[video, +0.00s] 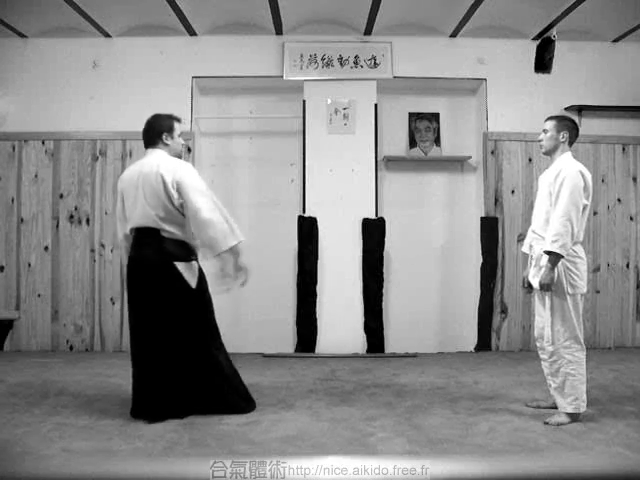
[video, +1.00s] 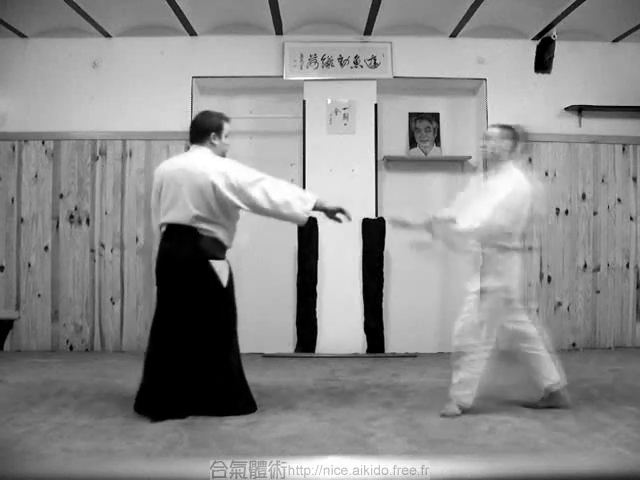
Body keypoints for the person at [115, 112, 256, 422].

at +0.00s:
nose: (184, 143)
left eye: (184, 136)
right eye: (180, 137)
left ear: (151, 140)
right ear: (165, 139)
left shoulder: (128, 175)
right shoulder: (178, 170)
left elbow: (124, 228)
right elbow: (207, 216)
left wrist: (135, 256)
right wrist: (234, 256)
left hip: (139, 258)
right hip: (174, 259)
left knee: (147, 331)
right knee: (194, 329)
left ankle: (150, 402)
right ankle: (225, 397)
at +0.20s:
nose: (190, 142)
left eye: (189, 136)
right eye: (185, 136)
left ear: (157, 140)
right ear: (169, 138)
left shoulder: (131, 174)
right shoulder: (183, 171)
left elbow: (133, 223)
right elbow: (221, 204)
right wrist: (265, 232)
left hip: (144, 258)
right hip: (178, 259)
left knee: (152, 332)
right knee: (199, 330)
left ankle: (153, 402)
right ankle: (227, 398)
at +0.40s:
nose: (197, 141)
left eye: (196, 135)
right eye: (193, 136)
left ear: (165, 139)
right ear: (181, 138)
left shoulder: (141, 172)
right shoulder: (192, 170)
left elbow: (140, 217)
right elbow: (233, 195)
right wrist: (278, 210)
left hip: (152, 255)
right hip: (186, 257)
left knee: (159, 331)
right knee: (204, 329)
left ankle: (154, 402)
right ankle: (223, 398)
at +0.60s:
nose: (209, 142)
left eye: (208, 136)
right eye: (206, 137)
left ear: (175, 139)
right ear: (194, 139)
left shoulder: (150, 172)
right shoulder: (205, 170)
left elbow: (145, 225)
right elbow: (250, 194)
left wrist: (154, 250)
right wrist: (299, 207)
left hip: (160, 258)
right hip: (196, 260)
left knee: (163, 331)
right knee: (211, 331)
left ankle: (156, 402)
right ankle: (220, 399)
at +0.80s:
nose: (221, 142)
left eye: (220, 136)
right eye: (218, 136)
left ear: (189, 138)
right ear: (207, 138)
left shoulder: (160, 170)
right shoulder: (215, 169)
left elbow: (150, 223)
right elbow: (260, 193)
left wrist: (160, 254)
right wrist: (309, 205)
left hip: (169, 256)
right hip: (205, 259)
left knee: (168, 330)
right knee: (216, 331)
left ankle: (159, 401)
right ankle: (221, 399)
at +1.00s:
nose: (228, 142)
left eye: (228, 136)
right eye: (226, 136)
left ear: (196, 138)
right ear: (213, 137)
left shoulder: (165, 168)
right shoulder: (222, 169)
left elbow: (158, 213)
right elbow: (267, 191)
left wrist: (171, 241)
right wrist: (317, 205)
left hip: (170, 253)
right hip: (205, 256)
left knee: (169, 327)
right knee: (215, 328)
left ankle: (161, 400)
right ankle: (220, 398)